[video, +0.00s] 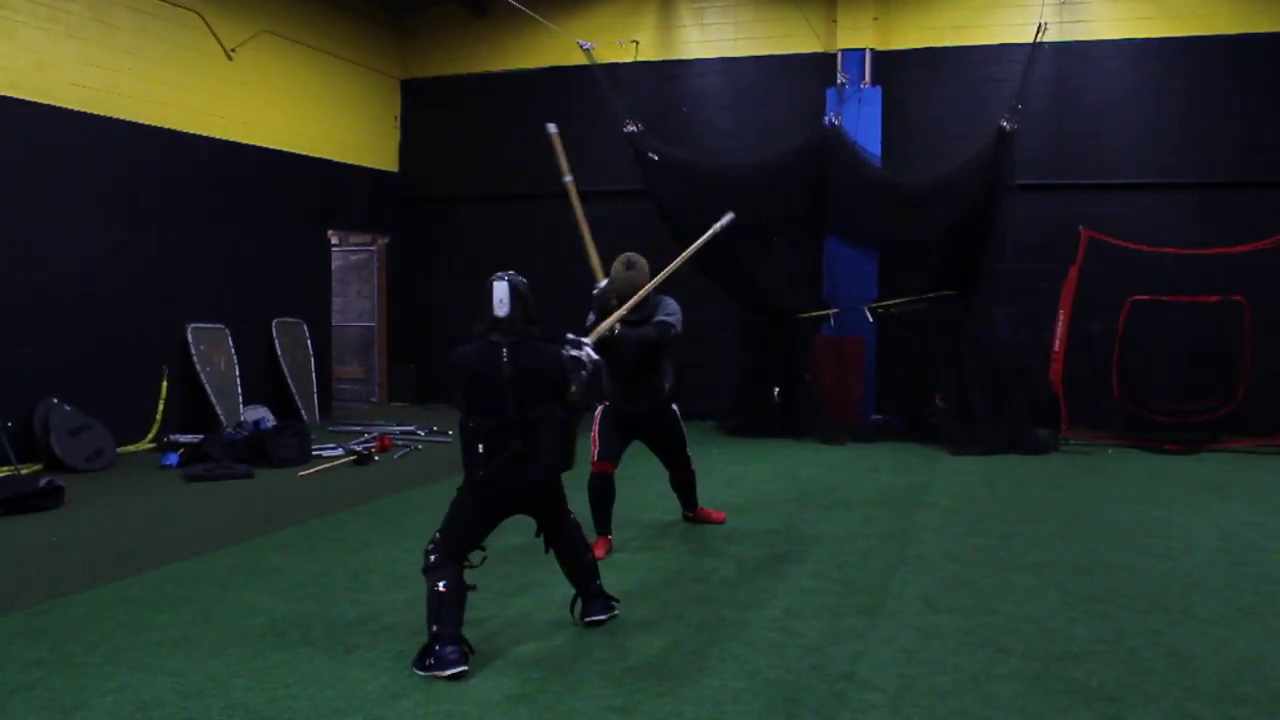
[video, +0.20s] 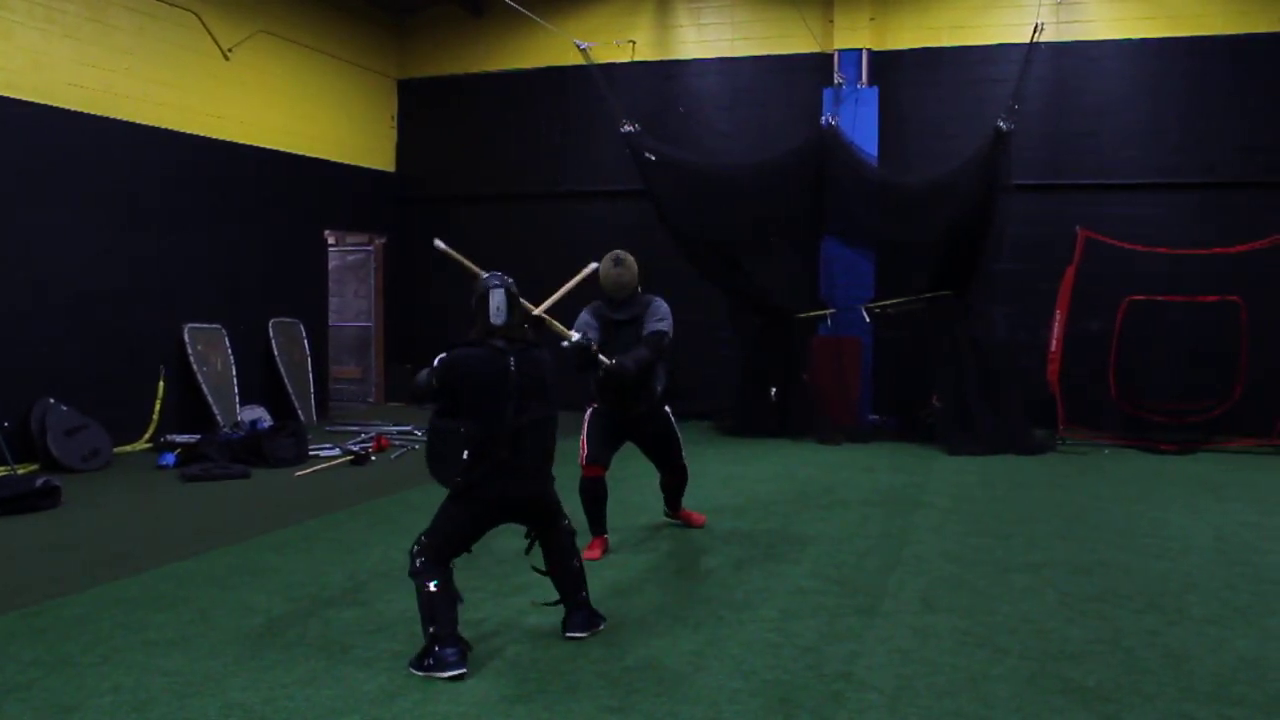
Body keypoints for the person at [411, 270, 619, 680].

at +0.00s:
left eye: (493, 306)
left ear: (485, 312)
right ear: (529, 310)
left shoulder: (467, 359)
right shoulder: (548, 356)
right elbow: (567, 410)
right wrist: (587, 367)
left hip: (489, 481)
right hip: (542, 476)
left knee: (444, 553)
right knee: (561, 526)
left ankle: (446, 645)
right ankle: (595, 599)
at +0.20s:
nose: (488, 316)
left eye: (484, 310)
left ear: (478, 316)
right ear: (522, 315)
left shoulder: (460, 364)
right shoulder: (543, 359)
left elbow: (419, 389)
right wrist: (581, 352)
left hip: (480, 489)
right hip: (533, 485)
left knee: (428, 555)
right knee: (557, 533)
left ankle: (444, 648)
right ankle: (580, 612)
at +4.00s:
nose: (827, 282)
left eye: (830, 274)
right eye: (833, 274)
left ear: (834, 278)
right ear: (869, 279)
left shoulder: (837, 321)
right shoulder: (880, 322)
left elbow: (813, 378)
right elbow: (866, 378)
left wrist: (796, 381)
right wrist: (814, 366)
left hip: (852, 437)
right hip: (878, 435)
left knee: (817, 521)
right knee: (847, 516)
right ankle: (846, 600)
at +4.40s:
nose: (856, 284)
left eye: (860, 276)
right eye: (858, 276)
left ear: (872, 280)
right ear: (897, 278)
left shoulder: (881, 322)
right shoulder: (909, 318)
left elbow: (872, 384)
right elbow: (901, 379)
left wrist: (844, 409)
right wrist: (856, 371)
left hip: (899, 433)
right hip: (915, 428)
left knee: (891, 520)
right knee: (870, 492)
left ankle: (909, 620)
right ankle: (891, 570)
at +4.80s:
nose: (875, 287)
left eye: (881, 280)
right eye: (877, 279)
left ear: (895, 283)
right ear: (906, 283)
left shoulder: (911, 320)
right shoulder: (899, 319)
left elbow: (914, 377)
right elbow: (900, 375)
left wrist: (887, 410)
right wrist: (869, 378)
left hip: (936, 423)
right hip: (922, 421)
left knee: (910, 504)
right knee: (897, 495)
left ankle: (937, 603)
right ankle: (903, 580)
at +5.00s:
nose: (896, 280)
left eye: (902, 274)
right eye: (899, 273)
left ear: (916, 279)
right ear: (927, 280)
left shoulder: (927, 317)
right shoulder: (920, 315)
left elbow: (926, 372)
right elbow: (918, 368)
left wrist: (894, 402)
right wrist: (887, 367)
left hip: (943, 422)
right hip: (929, 420)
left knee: (926, 498)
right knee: (911, 494)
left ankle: (967, 582)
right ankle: (904, 578)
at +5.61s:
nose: (899, 301)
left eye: (905, 295)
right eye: (899, 295)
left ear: (922, 297)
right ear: (914, 295)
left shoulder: (948, 331)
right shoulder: (911, 331)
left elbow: (956, 386)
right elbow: (910, 379)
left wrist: (922, 407)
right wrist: (888, 375)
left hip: (959, 424)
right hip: (931, 423)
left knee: (951, 492)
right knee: (907, 481)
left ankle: (968, 575)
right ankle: (917, 549)